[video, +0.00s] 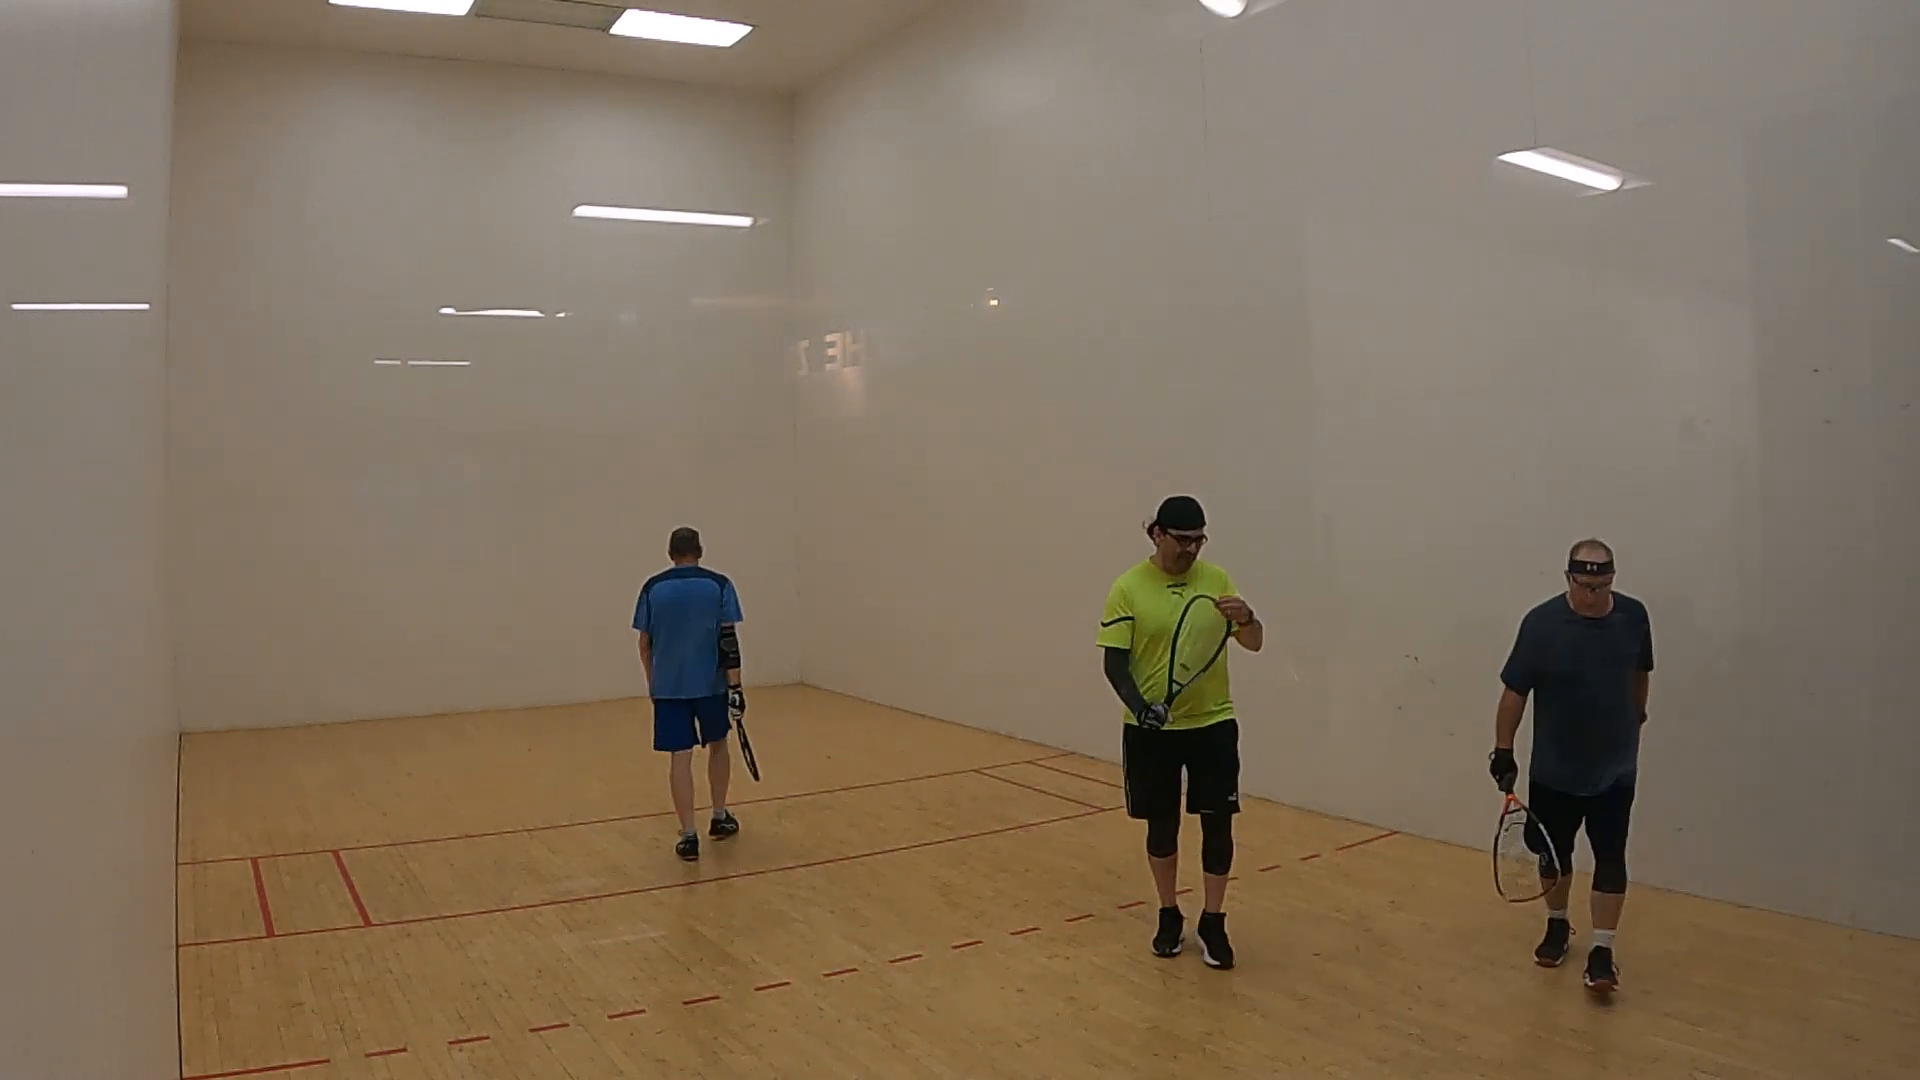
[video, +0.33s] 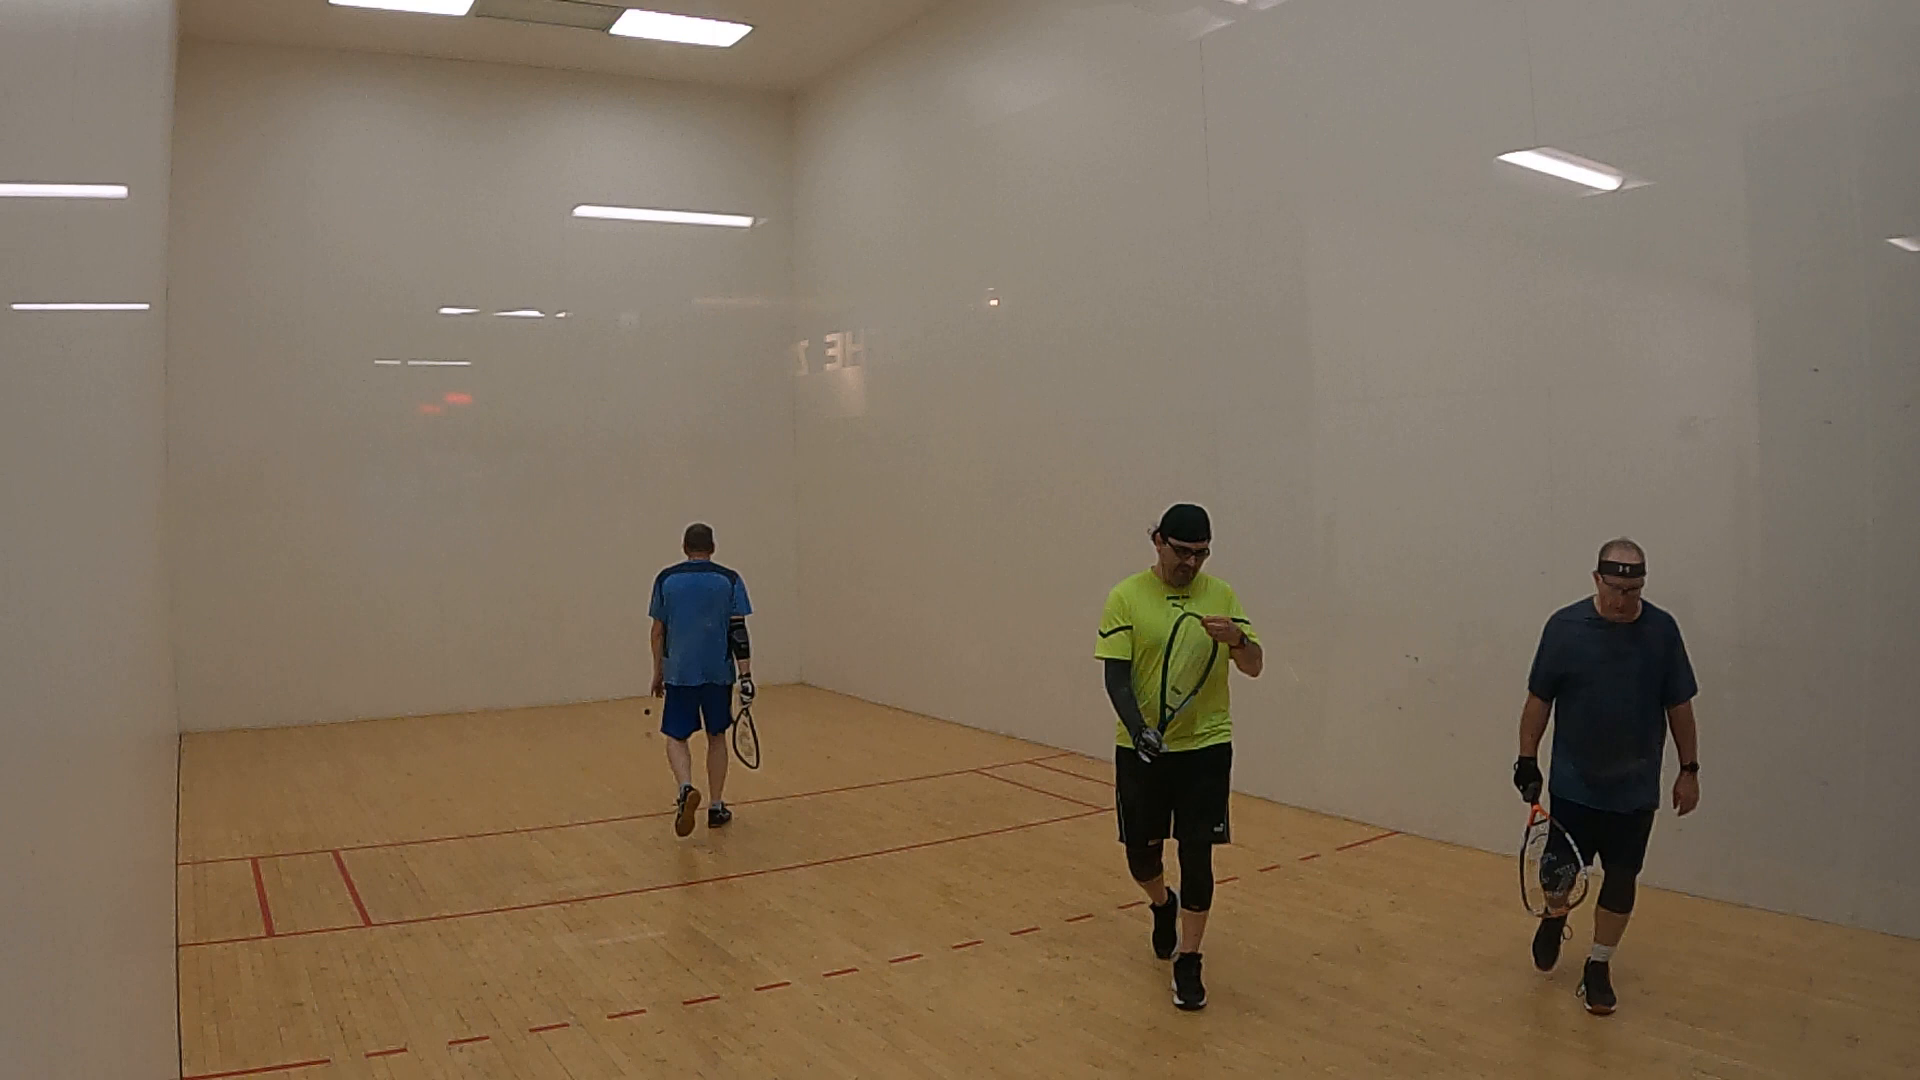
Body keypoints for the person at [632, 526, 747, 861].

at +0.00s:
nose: (688, 560)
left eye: (677, 554)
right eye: (696, 554)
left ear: (670, 555)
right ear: (701, 553)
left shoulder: (653, 587)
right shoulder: (720, 585)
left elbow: (644, 643)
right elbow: (729, 641)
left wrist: (652, 684)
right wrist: (735, 688)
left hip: (669, 689)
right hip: (710, 687)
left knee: (680, 758)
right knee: (718, 747)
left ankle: (688, 836)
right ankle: (719, 816)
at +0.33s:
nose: (700, 555)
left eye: (690, 548)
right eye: (709, 550)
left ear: (684, 548)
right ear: (713, 550)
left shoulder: (666, 579)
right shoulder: (730, 579)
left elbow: (657, 631)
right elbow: (738, 632)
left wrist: (658, 673)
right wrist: (745, 676)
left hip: (680, 675)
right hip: (718, 675)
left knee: (676, 737)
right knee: (717, 737)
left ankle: (685, 788)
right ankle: (715, 807)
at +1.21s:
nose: (675, 551)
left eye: (669, 546)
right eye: (683, 546)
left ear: (664, 546)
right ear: (689, 545)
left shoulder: (651, 574)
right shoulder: (706, 571)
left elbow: (642, 618)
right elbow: (715, 613)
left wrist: (645, 649)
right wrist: (720, 648)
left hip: (667, 658)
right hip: (700, 655)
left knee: (676, 715)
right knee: (699, 708)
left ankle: (687, 779)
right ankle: (701, 761)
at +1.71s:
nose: (663, 544)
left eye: (659, 539)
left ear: (655, 540)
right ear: (679, 539)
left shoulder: (643, 565)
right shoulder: (697, 563)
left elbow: (637, 609)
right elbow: (709, 605)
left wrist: (632, 647)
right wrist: (714, 638)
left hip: (655, 646)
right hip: (688, 645)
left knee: (648, 692)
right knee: (690, 699)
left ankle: (655, 751)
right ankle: (694, 759)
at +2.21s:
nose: (624, 544)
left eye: (620, 540)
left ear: (617, 540)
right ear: (639, 538)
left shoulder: (610, 565)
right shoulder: (658, 560)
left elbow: (606, 604)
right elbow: (667, 599)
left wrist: (599, 638)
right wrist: (668, 631)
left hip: (624, 640)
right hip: (652, 638)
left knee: (630, 690)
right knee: (653, 681)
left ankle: (642, 747)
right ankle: (663, 726)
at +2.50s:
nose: (607, 554)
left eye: (605, 550)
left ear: (603, 550)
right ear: (624, 548)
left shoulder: (600, 569)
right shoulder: (642, 568)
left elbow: (596, 606)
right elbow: (651, 606)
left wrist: (585, 634)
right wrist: (651, 636)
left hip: (614, 639)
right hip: (639, 637)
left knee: (625, 689)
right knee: (627, 683)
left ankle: (642, 744)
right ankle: (618, 719)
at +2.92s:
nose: (586, 573)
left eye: (585, 570)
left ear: (588, 566)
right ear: (603, 564)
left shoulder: (587, 570)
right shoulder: (618, 574)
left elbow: (592, 590)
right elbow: (625, 606)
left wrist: (592, 626)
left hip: (610, 621)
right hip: (631, 622)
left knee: (607, 674)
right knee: (619, 674)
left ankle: (617, 730)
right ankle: (615, 723)